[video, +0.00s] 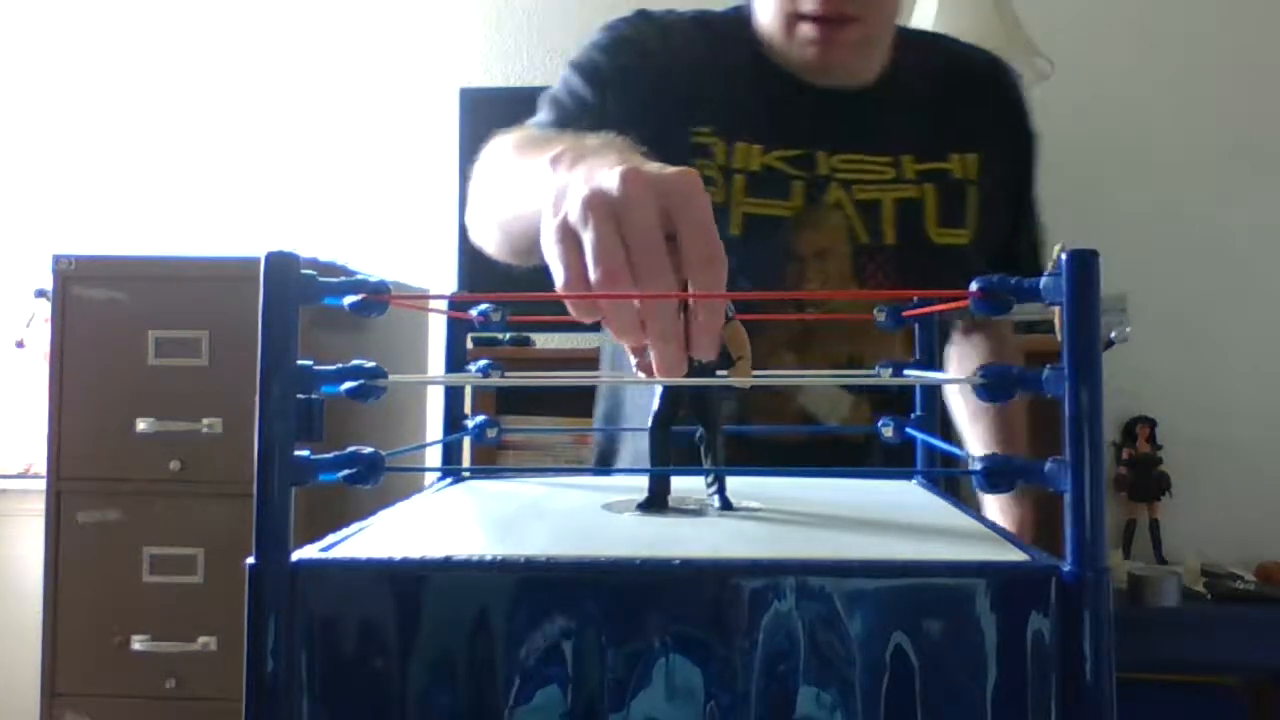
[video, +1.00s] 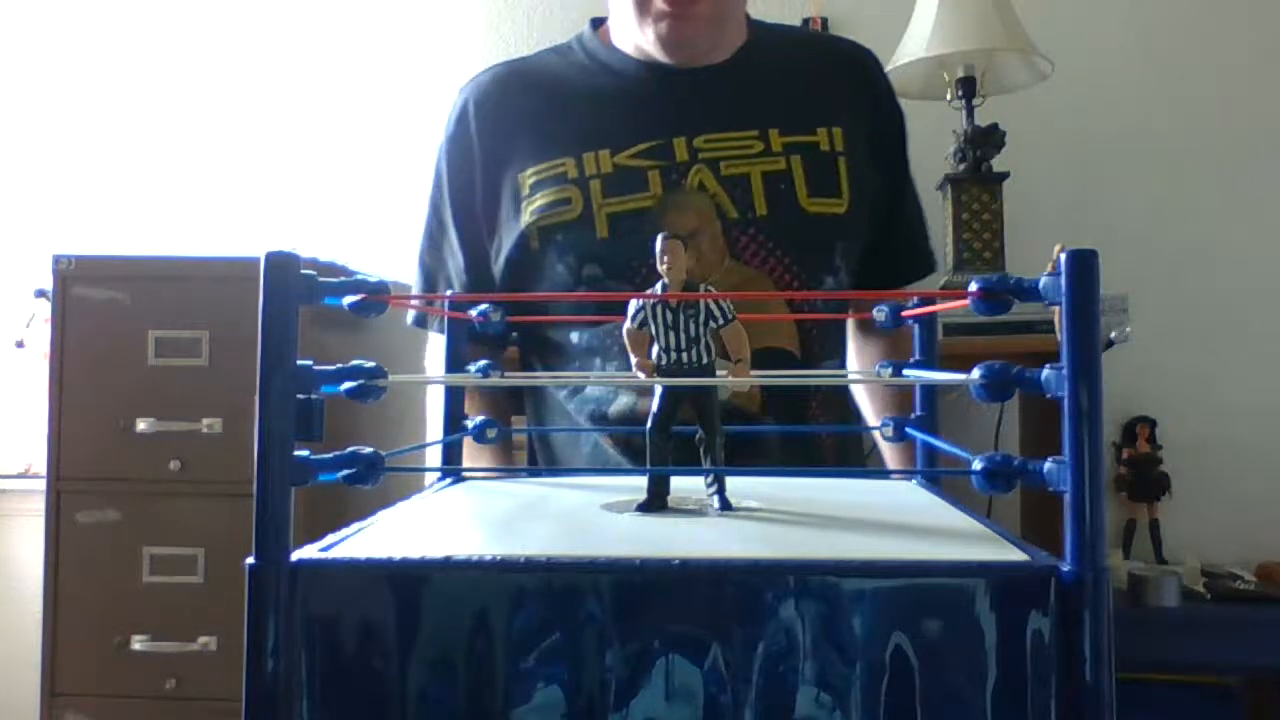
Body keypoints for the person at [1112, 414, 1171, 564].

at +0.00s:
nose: (1145, 431)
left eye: (1148, 428)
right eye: (1142, 428)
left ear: (1151, 431)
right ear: (1136, 430)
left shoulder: (1153, 447)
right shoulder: (1129, 446)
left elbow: (1158, 464)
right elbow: (1124, 464)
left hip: (1152, 483)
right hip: (1134, 483)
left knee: (1154, 518)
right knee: (1132, 517)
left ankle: (1159, 555)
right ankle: (1126, 554)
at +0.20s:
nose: (1145, 431)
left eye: (1148, 428)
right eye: (1142, 427)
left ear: (1151, 431)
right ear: (1136, 430)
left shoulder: (1153, 447)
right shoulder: (1129, 446)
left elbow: (1157, 464)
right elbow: (1124, 464)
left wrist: (1137, 459)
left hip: (1152, 483)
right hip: (1134, 483)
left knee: (1154, 517)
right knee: (1132, 517)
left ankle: (1159, 555)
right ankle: (1126, 554)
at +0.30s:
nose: (1145, 431)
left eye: (1148, 428)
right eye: (1142, 427)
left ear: (1151, 431)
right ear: (1135, 430)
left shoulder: (1154, 448)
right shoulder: (1129, 446)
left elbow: (1157, 464)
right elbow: (1124, 464)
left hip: (1152, 483)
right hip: (1134, 483)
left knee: (1154, 517)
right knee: (1132, 516)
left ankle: (1159, 555)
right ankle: (1126, 554)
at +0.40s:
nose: (1145, 431)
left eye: (1148, 428)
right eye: (1142, 427)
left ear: (1151, 431)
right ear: (1135, 429)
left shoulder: (1153, 448)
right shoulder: (1129, 446)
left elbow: (1158, 464)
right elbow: (1124, 465)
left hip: (1152, 483)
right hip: (1134, 483)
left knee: (1154, 517)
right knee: (1132, 516)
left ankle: (1159, 555)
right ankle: (1126, 554)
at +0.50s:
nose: (1146, 432)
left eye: (1148, 428)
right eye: (1143, 428)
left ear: (1151, 431)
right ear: (1137, 430)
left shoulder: (1153, 446)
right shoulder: (1129, 446)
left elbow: (1158, 463)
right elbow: (1125, 463)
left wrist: (1136, 458)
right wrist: (1148, 460)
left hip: (1152, 483)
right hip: (1134, 483)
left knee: (1154, 517)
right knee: (1132, 517)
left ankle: (1159, 556)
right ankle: (1126, 555)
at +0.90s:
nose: (1146, 432)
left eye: (1148, 428)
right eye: (1143, 428)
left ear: (1151, 431)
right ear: (1136, 430)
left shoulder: (1153, 446)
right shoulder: (1129, 446)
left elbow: (1157, 463)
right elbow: (1124, 463)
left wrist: (1136, 459)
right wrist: (1149, 460)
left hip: (1152, 483)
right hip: (1133, 483)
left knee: (1154, 518)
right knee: (1132, 517)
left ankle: (1159, 556)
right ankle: (1126, 555)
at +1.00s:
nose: (1144, 431)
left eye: (1147, 428)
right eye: (1142, 428)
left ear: (1150, 431)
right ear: (1136, 430)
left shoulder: (1153, 448)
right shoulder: (1129, 447)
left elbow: (1158, 465)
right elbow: (1124, 466)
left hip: (1152, 484)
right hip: (1133, 483)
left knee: (1154, 517)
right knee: (1133, 516)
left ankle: (1159, 556)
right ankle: (1126, 555)